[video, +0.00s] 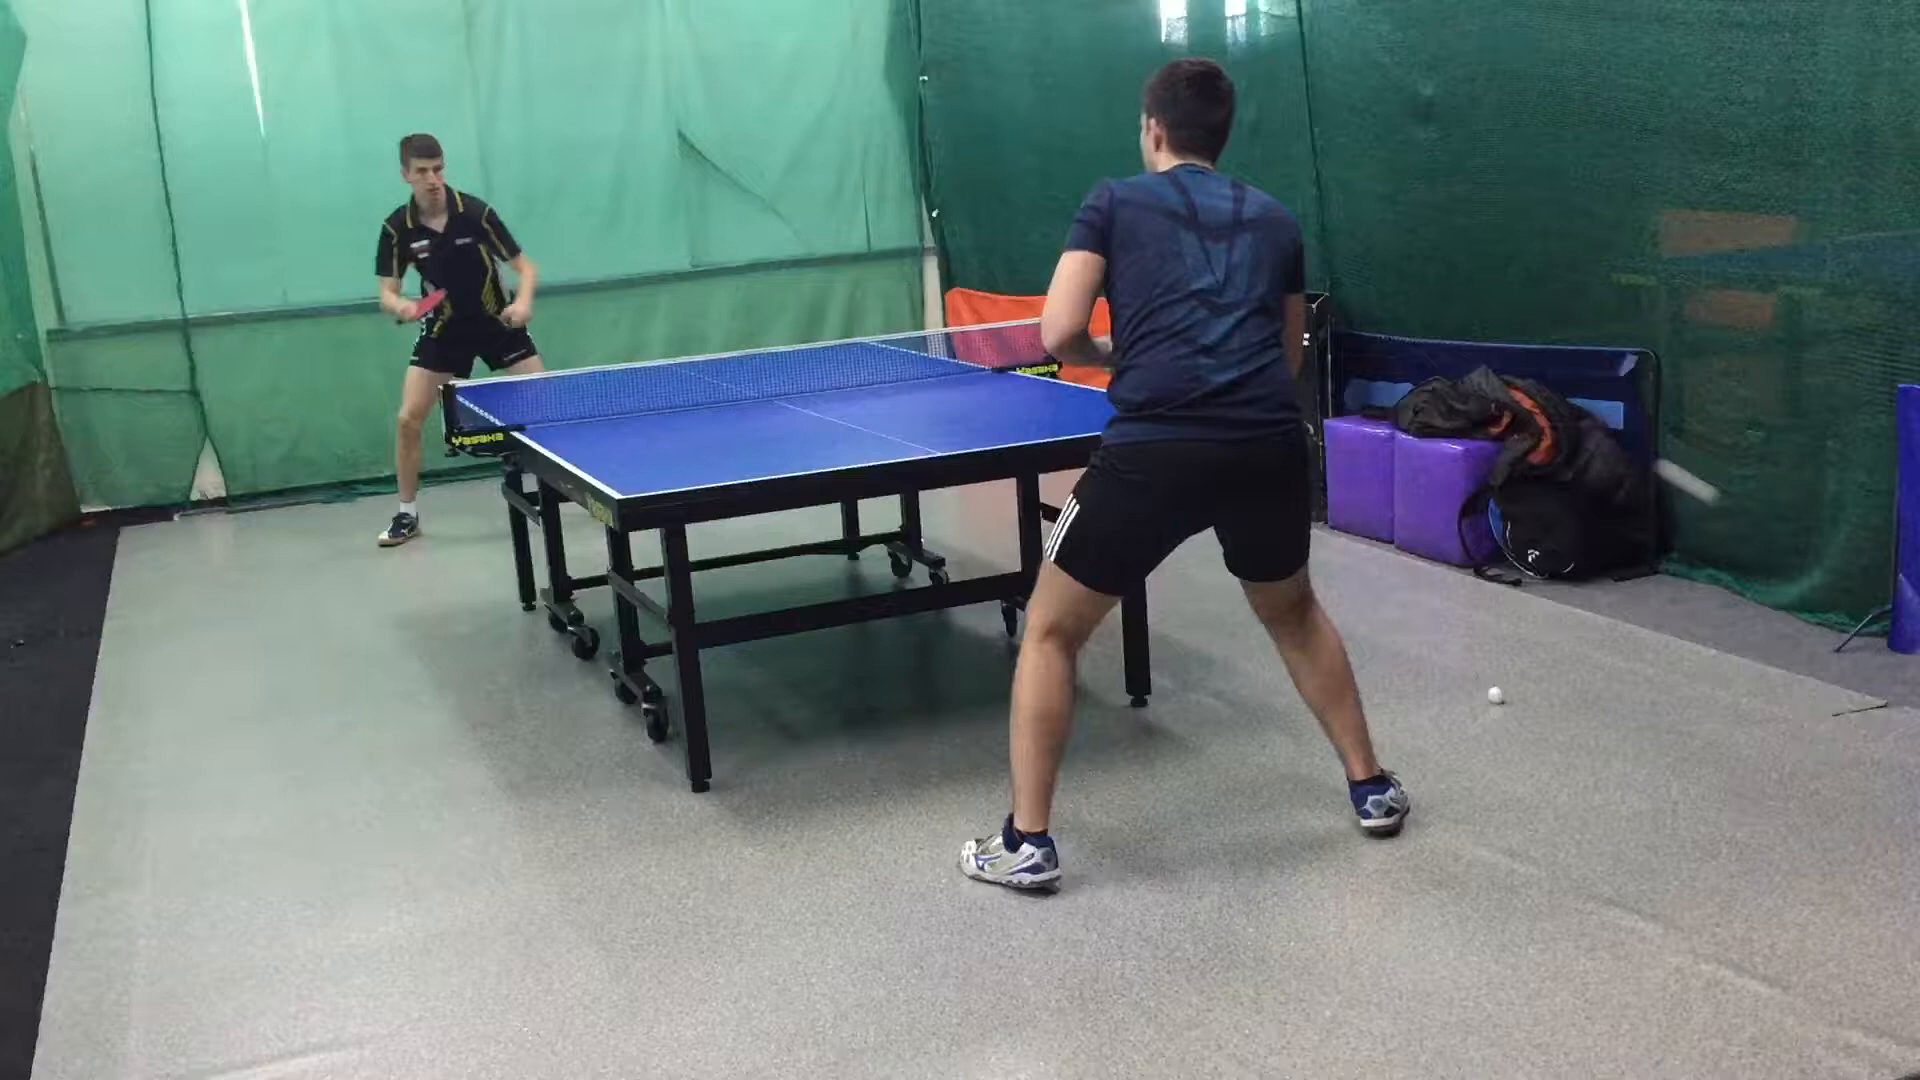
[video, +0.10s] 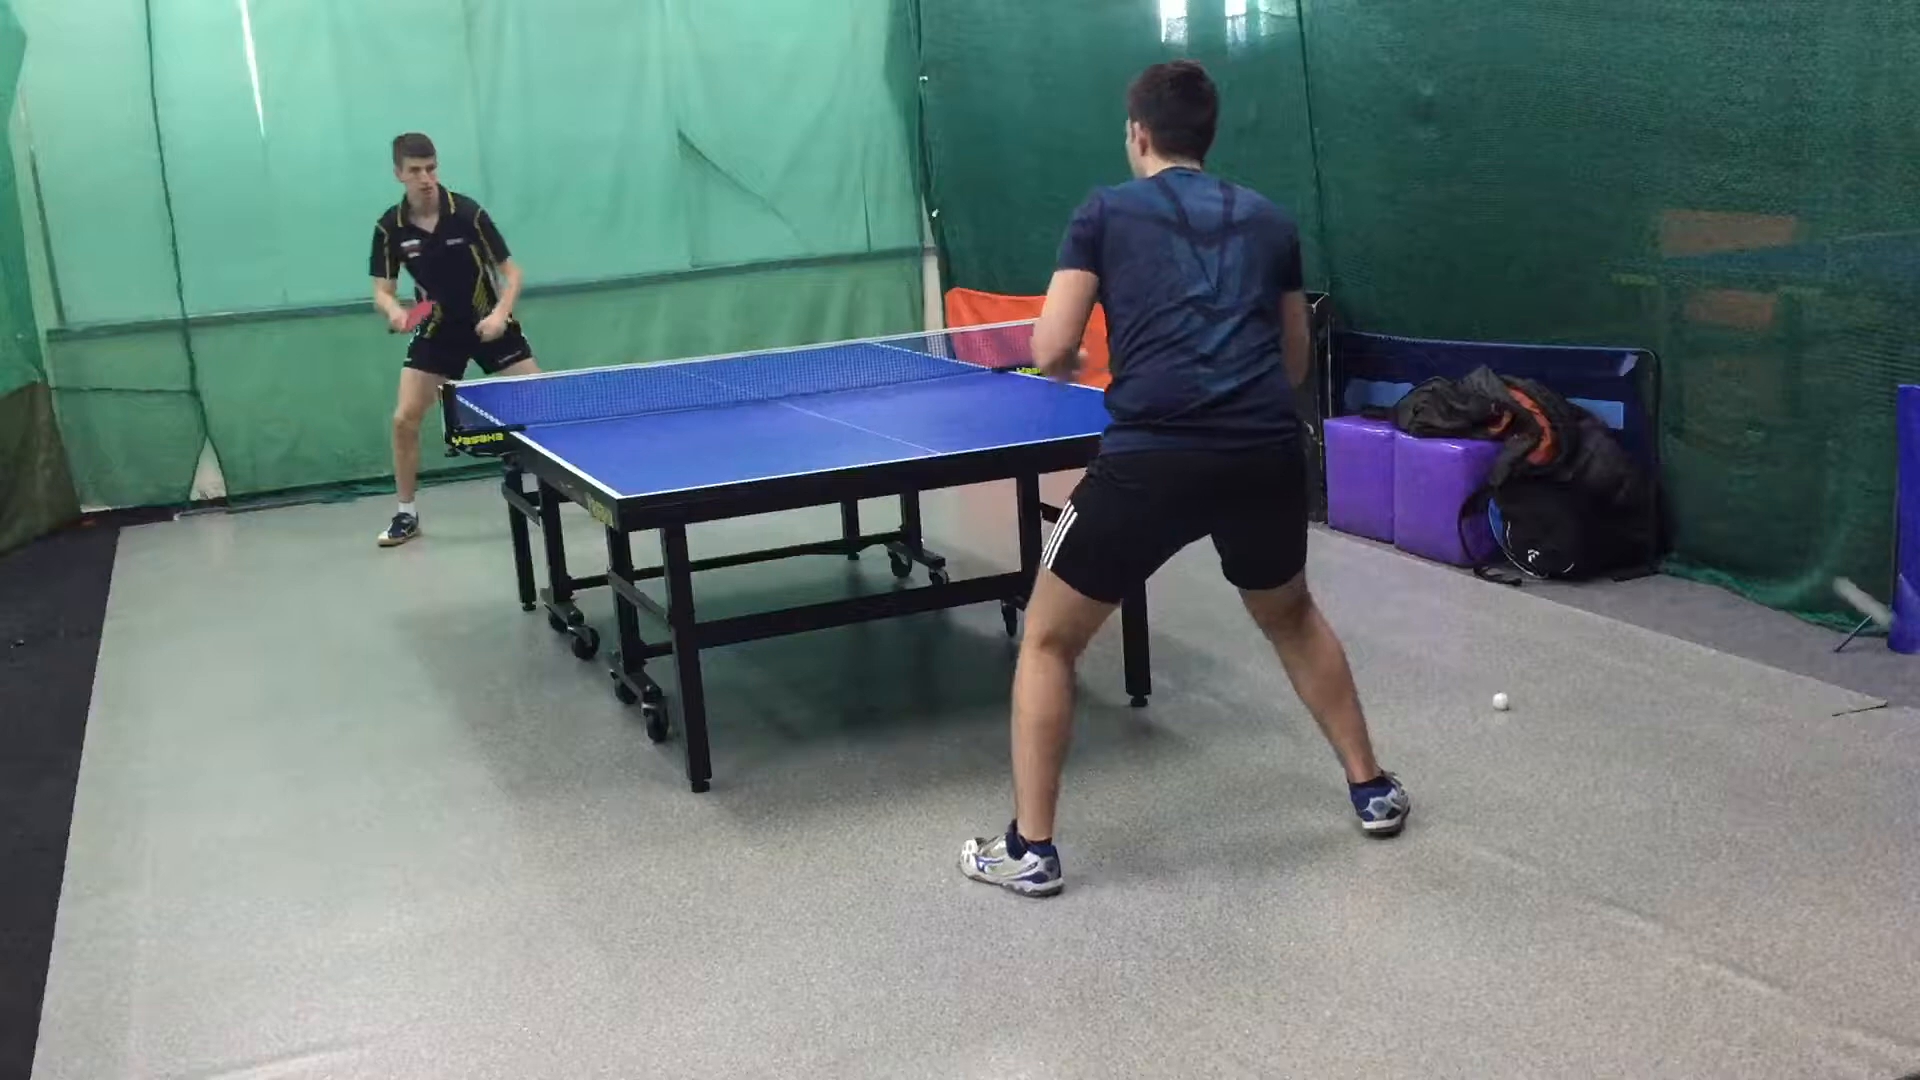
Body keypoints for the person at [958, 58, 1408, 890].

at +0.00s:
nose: (1144, 138)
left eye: (1144, 128)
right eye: (1151, 128)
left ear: (1151, 132)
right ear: (1223, 137)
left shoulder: (1116, 202)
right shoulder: (1276, 219)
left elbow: (1061, 331)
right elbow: (1290, 358)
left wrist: (1112, 352)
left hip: (1154, 456)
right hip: (1268, 454)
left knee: (1054, 633)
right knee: (1294, 612)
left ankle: (1028, 839)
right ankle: (1370, 785)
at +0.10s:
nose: (1129, 142)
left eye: (1129, 132)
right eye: (1137, 130)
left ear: (1137, 135)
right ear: (1211, 137)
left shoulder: (1108, 211)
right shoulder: (1269, 219)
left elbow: (1054, 348)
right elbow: (1295, 363)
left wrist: (1047, 356)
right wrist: (1240, 406)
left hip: (1150, 463)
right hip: (1264, 460)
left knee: (1050, 644)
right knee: (1292, 616)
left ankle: (1031, 846)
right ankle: (1371, 787)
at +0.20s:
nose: (1114, 142)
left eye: (1113, 132)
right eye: (1119, 131)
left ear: (1124, 136)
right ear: (1197, 135)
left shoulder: (1084, 217)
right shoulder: (1255, 215)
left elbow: (1028, 358)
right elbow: (1294, 360)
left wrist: (1020, 335)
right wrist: (1259, 383)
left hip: (1122, 475)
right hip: (1239, 472)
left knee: (1040, 646)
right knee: (1290, 619)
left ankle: (1031, 847)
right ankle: (1371, 789)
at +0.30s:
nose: (1130, 127)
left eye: (1117, 116)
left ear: (1118, 122)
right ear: (1197, 120)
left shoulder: (1069, 200)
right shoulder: (1240, 197)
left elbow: (1022, 338)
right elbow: (1265, 334)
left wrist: (1083, 317)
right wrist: (1323, 418)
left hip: (1080, 459)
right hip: (1201, 455)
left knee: (1032, 650)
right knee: (1272, 621)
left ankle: (1029, 848)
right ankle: (1355, 788)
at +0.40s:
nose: (1127, 119)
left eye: (1117, 105)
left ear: (1113, 112)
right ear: (1194, 113)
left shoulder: (1062, 189)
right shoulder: (1224, 184)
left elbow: (1047, 327)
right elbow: (1232, 320)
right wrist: (1324, 392)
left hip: (1058, 453)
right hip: (1176, 447)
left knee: (1031, 649)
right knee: (1251, 621)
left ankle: (1029, 848)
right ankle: (1319, 805)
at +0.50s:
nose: (1118, 113)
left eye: (1109, 99)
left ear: (1106, 105)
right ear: (1187, 107)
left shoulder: (1055, 184)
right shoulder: (1220, 181)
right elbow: (1236, 332)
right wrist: (1285, 349)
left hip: (1053, 448)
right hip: (1170, 442)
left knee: (1029, 648)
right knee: (1248, 624)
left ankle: (1029, 848)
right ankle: (1317, 813)